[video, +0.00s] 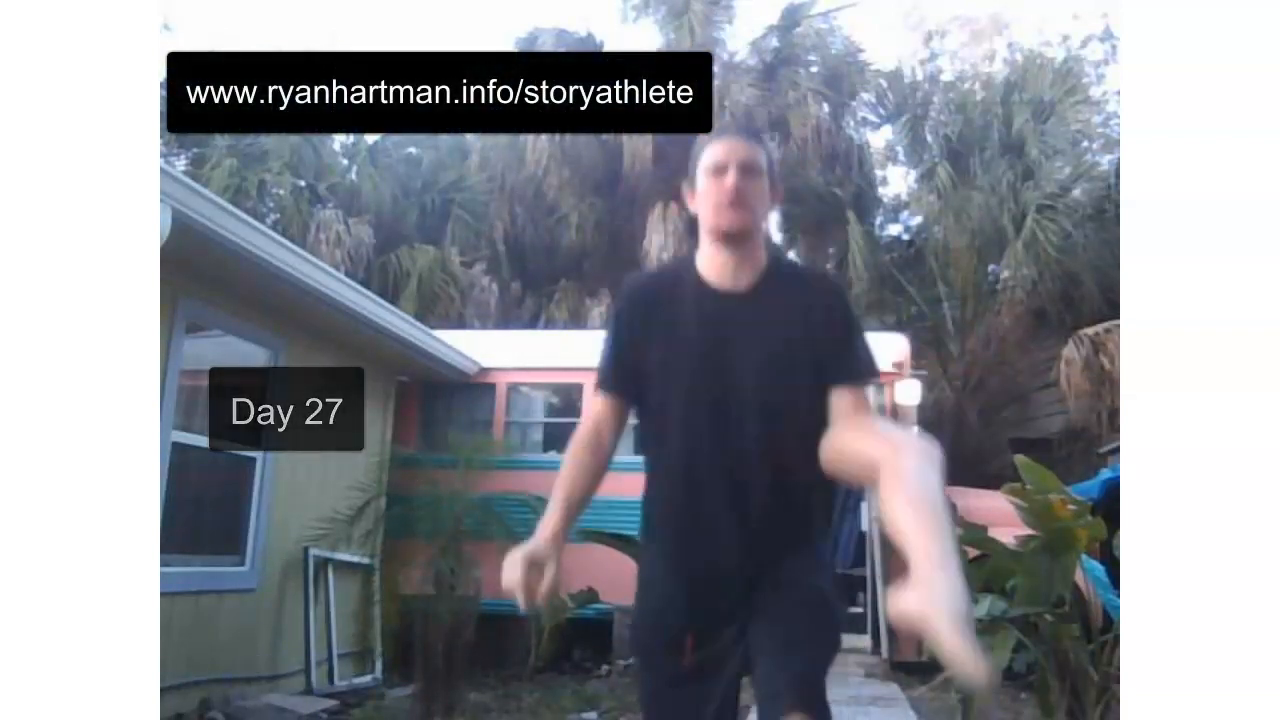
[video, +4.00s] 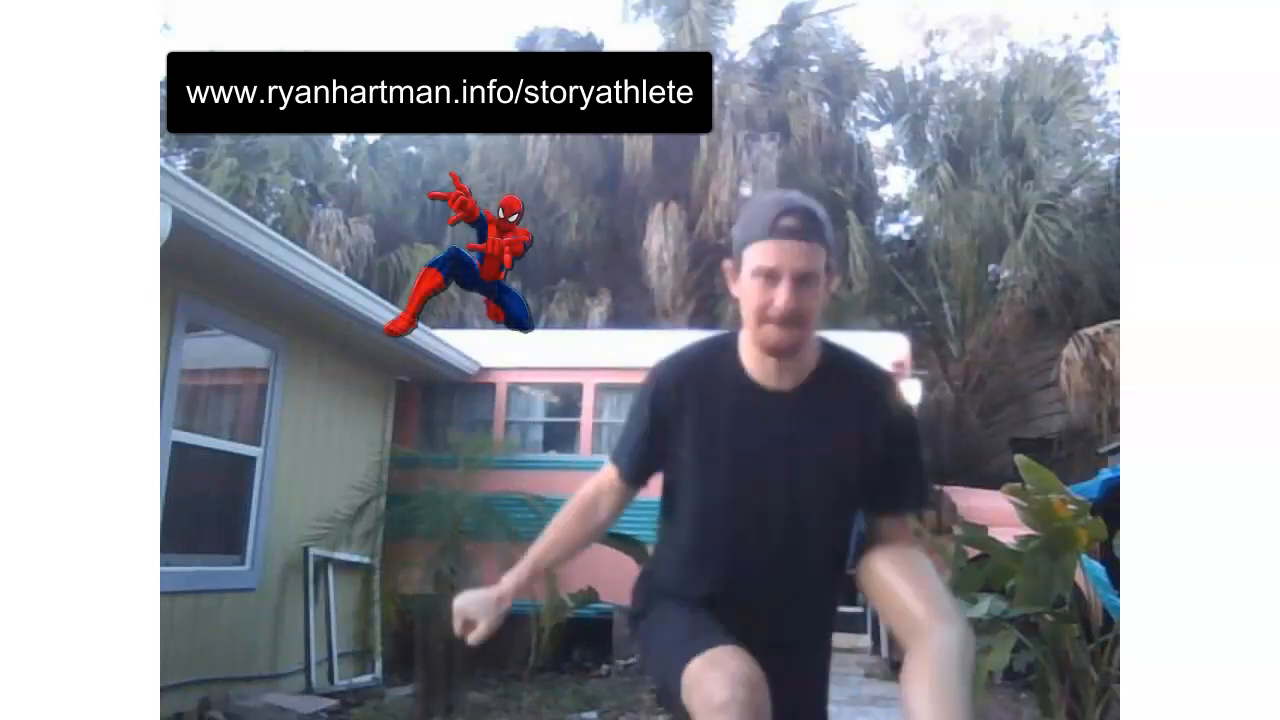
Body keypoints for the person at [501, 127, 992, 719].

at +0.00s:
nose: (734, 184)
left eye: (749, 172)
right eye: (717, 171)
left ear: (773, 196)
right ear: (689, 197)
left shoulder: (817, 297)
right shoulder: (647, 300)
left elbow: (847, 430)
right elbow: (599, 429)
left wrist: (892, 454)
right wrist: (549, 537)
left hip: (791, 570)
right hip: (681, 574)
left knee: (794, 704)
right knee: (677, 707)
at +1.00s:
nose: (725, 83)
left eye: (740, 71)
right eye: (710, 70)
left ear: (763, 95)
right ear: (687, 93)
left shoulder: (810, 202)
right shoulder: (645, 207)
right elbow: (613, 327)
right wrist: (622, 365)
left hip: (771, 483)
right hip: (657, 486)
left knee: (786, 701)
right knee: (652, 700)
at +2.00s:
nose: (748, 190)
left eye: (764, 177)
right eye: (732, 177)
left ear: (788, 198)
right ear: (707, 202)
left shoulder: (841, 310)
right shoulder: (663, 311)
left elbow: (877, 437)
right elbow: (568, 409)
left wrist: (916, 471)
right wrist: (460, 420)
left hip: (799, 566)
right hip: (692, 553)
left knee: (803, 712)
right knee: (729, 684)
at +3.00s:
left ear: (865, 7)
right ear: (770, 0)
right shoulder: (702, 119)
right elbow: (654, 261)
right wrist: (587, 379)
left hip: (827, 481)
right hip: (691, 468)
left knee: (833, 710)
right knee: (664, 700)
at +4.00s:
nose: (784, 301)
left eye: (805, 281)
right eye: (768, 278)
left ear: (831, 284)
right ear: (734, 278)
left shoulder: (871, 398)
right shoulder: (683, 380)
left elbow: (894, 537)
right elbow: (607, 493)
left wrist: (942, 639)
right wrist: (506, 588)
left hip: (795, 634)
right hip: (683, 608)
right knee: (733, 694)